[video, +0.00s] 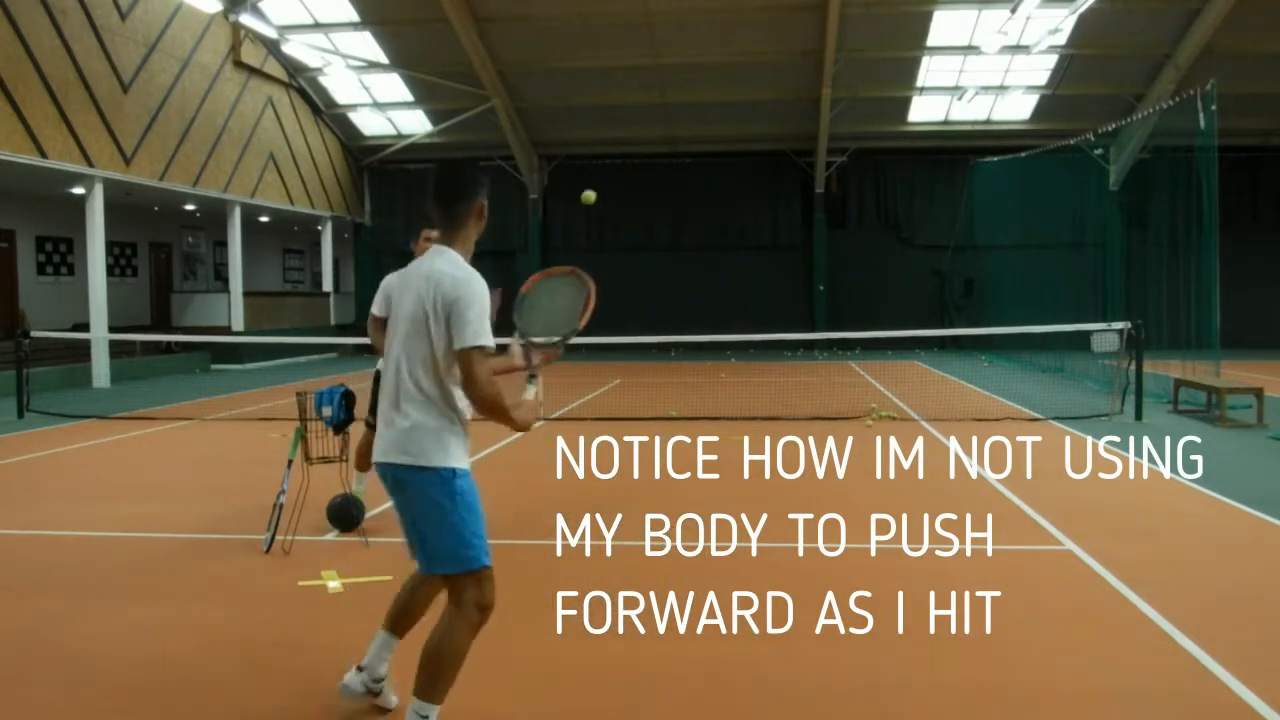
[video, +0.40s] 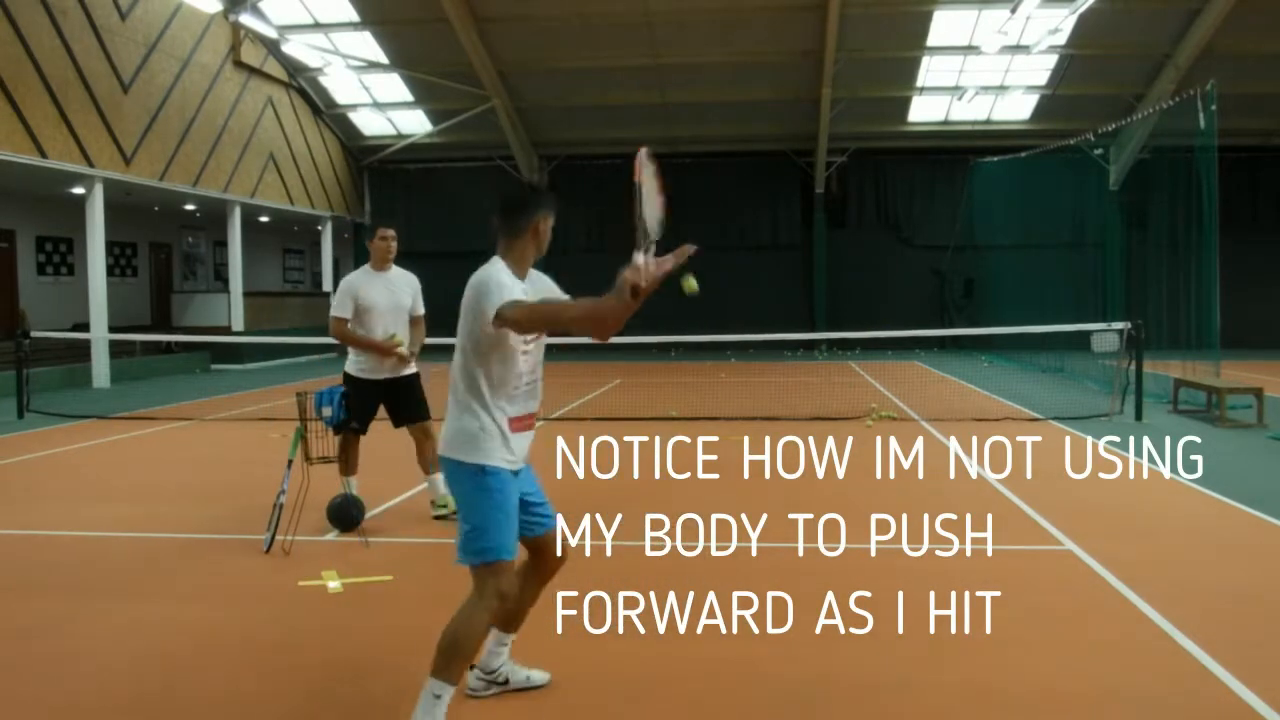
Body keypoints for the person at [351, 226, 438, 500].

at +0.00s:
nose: (432, 247)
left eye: (438, 242)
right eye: (427, 240)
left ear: (444, 248)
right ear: (414, 246)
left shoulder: (445, 284)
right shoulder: (394, 280)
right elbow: (375, 328)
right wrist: (396, 354)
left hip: (430, 372)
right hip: (391, 370)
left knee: (446, 428)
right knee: (374, 430)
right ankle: (357, 488)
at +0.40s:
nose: (390, 245)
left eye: (393, 240)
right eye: (384, 239)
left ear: (397, 246)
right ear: (370, 244)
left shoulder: (410, 281)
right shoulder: (352, 282)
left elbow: (418, 323)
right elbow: (337, 330)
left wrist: (414, 349)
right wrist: (379, 347)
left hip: (402, 374)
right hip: (362, 375)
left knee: (424, 431)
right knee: (350, 435)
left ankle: (440, 497)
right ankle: (350, 498)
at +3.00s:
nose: (448, 262)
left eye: (453, 257)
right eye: (443, 255)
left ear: (460, 261)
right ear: (432, 258)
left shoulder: (462, 293)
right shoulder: (411, 288)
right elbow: (387, 325)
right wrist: (394, 359)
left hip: (444, 378)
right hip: (406, 376)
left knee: (445, 442)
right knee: (379, 436)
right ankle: (359, 491)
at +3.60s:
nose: (381, 248)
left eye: (384, 243)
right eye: (374, 243)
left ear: (388, 248)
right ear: (361, 247)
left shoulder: (397, 283)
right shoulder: (342, 285)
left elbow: (402, 321)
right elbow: (319, 329)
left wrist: (412, 342)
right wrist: (348, 357)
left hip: (392, 376)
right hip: (353, 380)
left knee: (416, 430)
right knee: (345, 442)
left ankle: (421, 496)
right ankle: (337, 498)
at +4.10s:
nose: (381, 245)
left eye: (383, 239)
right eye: (374, 239)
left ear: (386, 244)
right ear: (358, 243)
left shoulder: (393, 278)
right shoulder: (340, 281)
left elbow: (400, 318)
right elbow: (328, 329)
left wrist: (408, 342)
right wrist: (367, 348)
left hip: (389, 373)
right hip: (350, 376)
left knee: (402, 431)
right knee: (340, 436)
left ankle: (411, 495)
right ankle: (337, 497)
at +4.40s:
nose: (384, 246)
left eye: (386, 241)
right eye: (378, 241)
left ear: (388, 245)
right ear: (360, 243)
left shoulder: (395, 279)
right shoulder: (341, 282)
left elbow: (402, 317)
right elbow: (324, 328)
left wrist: (418, 342)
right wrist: (359, 351)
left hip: (390, 374)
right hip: (351, 377)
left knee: (403, 431)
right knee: (340, 436)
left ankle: (411, 496)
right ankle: (337, 497)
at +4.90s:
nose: (389, 247)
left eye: (389, 242)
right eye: (387, 242)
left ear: (373, 244)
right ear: (375, 244)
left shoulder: (384, 279)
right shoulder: (341, 280)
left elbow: (391, 320)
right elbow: (322, 327)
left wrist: (424, 332)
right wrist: (359, 353)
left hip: (388, 374)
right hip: (351, 378)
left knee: (401, 432)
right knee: (341, 438)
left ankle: (411, 495)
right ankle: (337, 498)